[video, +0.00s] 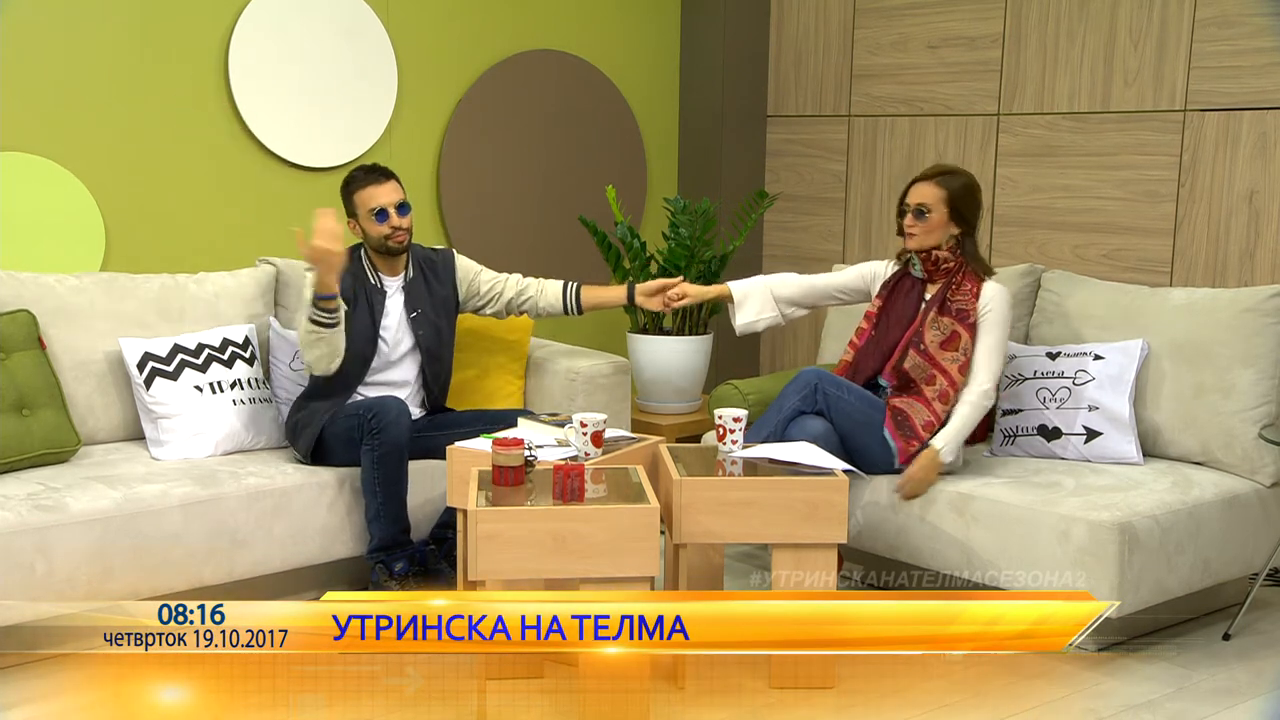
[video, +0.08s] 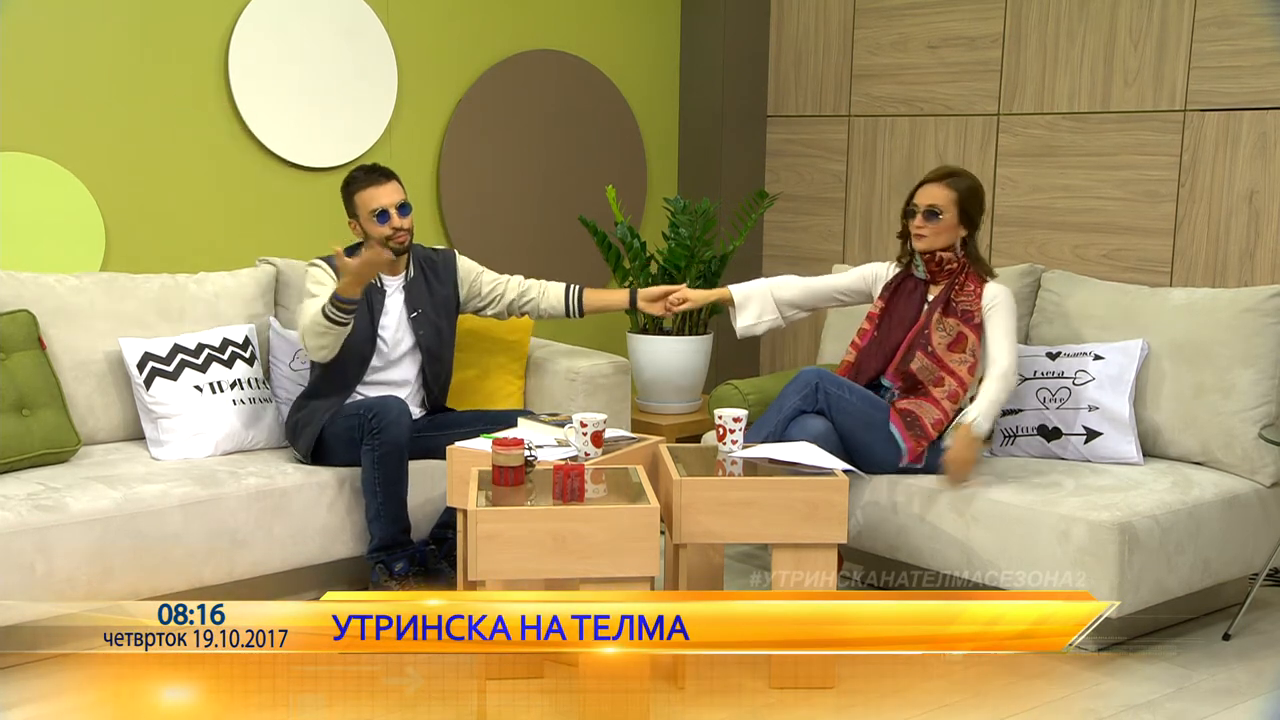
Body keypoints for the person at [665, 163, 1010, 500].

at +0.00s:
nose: (908, 221)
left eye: (922, 213)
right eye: (906, 212)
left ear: (957, 225)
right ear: (902, 215)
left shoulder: (987, 296)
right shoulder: (889, 274)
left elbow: (982, 387)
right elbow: (806, 287)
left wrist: (936, 453)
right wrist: (714, 291)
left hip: (914, 436)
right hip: (859, 420)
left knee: (812, 381)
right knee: (809, 431)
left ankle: (729, 470)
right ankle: (809, 570)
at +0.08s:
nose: (917, 223)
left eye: (933, 214)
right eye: (914, 213)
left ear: (964, 227)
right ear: (907, 219)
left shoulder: (989, 295)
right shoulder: (890, 276)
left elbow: (1002, 372)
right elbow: (807, 290)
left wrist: (971, 429)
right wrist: (714, 295)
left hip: (922, 436)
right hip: (864, 421)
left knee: (813, 380)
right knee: (809, 431)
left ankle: (734, 468)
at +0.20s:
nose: (927, 223)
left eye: (943, 216)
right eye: (922, 213)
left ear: (972, 227)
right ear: (914, 219)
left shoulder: (991, 294)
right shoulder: (897, 279)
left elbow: (1032, 316)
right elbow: (811, 295)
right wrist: (716, 302)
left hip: (926, 440)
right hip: (868, 423)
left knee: (812, 380)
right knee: (809, 429)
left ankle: (732, 475)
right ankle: (804, 571)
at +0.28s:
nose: (934, 223)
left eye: (949, 216)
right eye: (928, 214)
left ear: (976, 229)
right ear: (918, 222)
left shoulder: (994, 292)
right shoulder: (896, 282)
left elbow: (1044, 276)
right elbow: (810, 294)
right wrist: (718, 303)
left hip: (924, 440)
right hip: (865, 422)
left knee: (812, 381)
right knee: (810, 432)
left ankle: (734, 472)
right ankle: (802, 570)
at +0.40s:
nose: (939, 226)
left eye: (954, 217)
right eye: (933, 216)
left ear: (981, 229)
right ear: (923, 224)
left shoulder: (996, 293)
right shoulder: (900, 280)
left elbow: (1040, 241)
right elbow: (816, 292)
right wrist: (723, 300)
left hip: (923, 436)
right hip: (865, 418)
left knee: (812, 380)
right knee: (800, 430)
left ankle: (739, 459)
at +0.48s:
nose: (941, 225)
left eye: (956, 217)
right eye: (934, 215)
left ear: (983, 228)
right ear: (925, 222)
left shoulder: (998, 291)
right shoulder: (901, 280)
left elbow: (1039, 232)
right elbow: (816, 296)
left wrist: (1090, 150)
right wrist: (724, 300)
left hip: (924, 433)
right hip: (863, 415)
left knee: (812, 381)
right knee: (805, 438)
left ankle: (741, 458)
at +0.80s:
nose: (947, 229)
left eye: (962, 220)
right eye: (940, 219)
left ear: (988, 231)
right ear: (930, 226)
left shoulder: (1001, 294)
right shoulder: (905, 280)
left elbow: (1045, 237)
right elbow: (820, 290)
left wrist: (1100, 157)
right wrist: (725, 297)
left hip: (925, 433)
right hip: (866, 415)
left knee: (813, 380)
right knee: (807, 434)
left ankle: (731, 469)